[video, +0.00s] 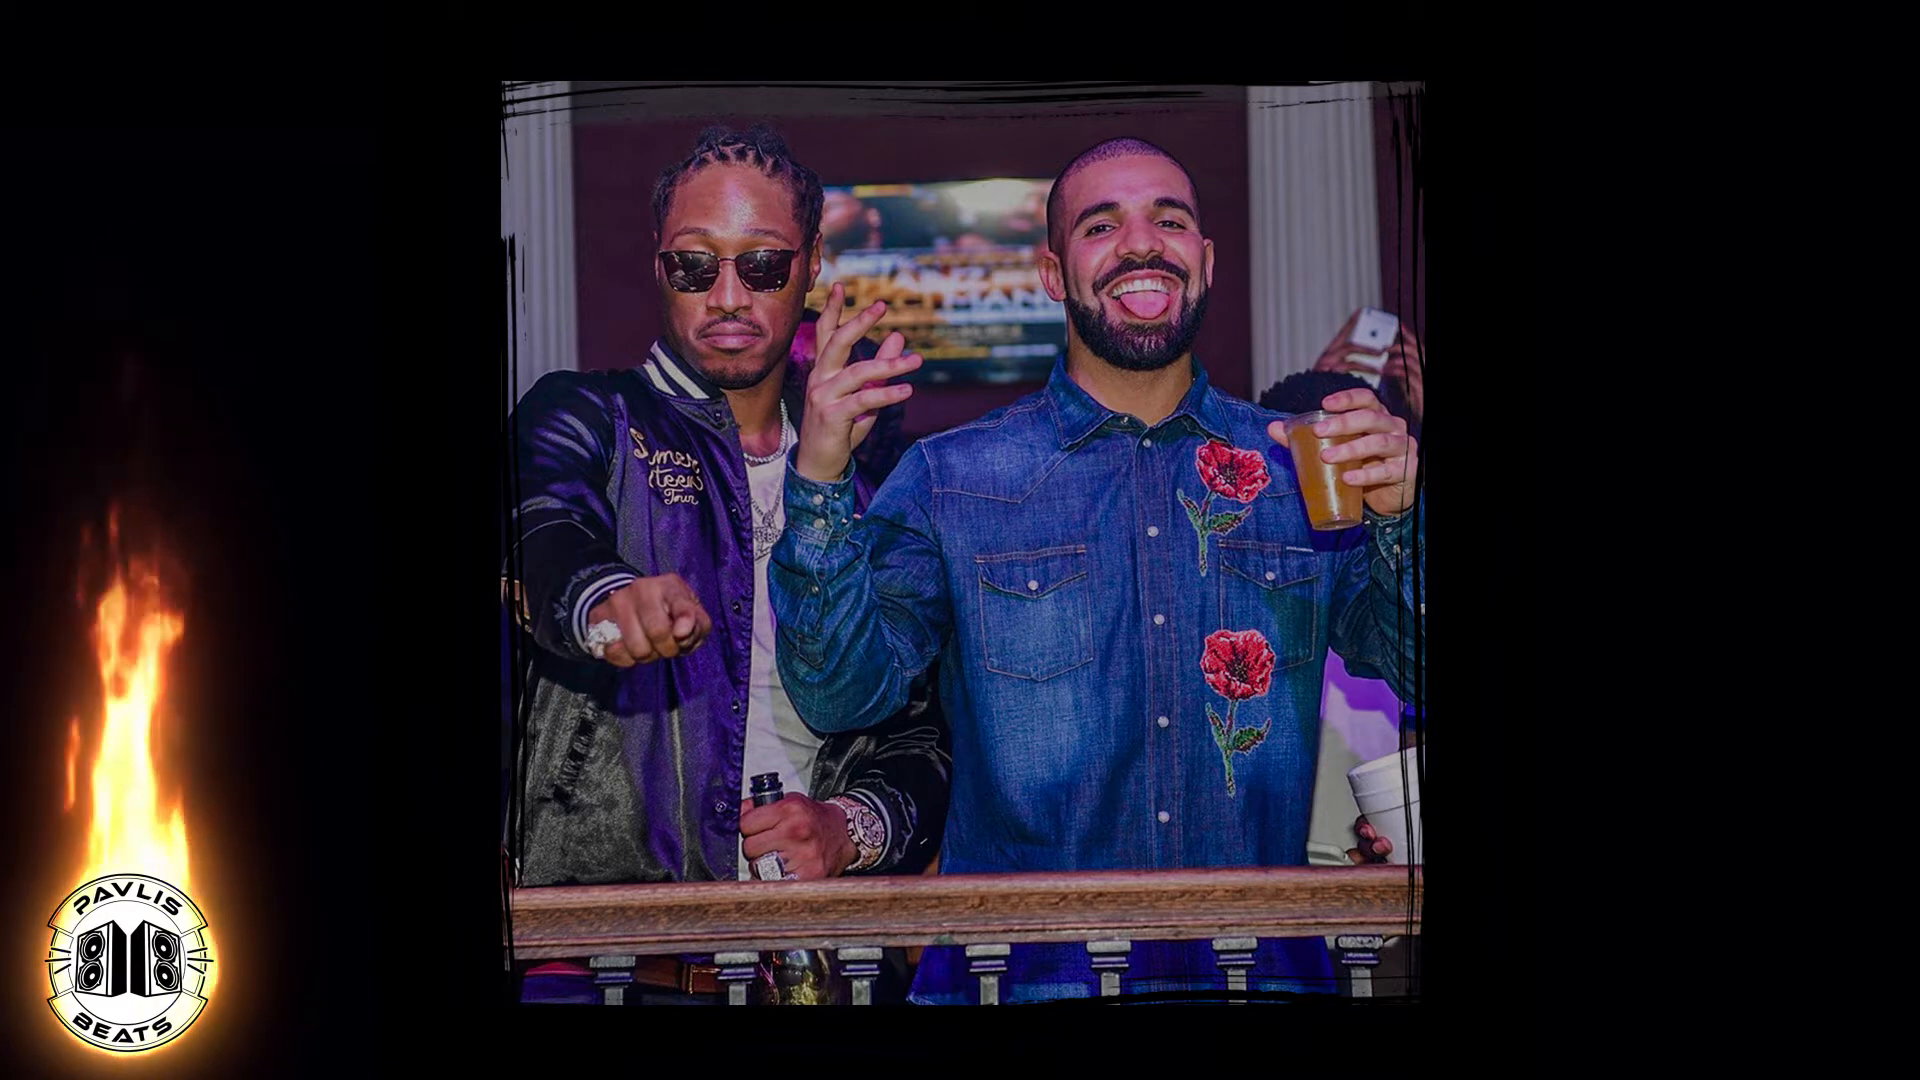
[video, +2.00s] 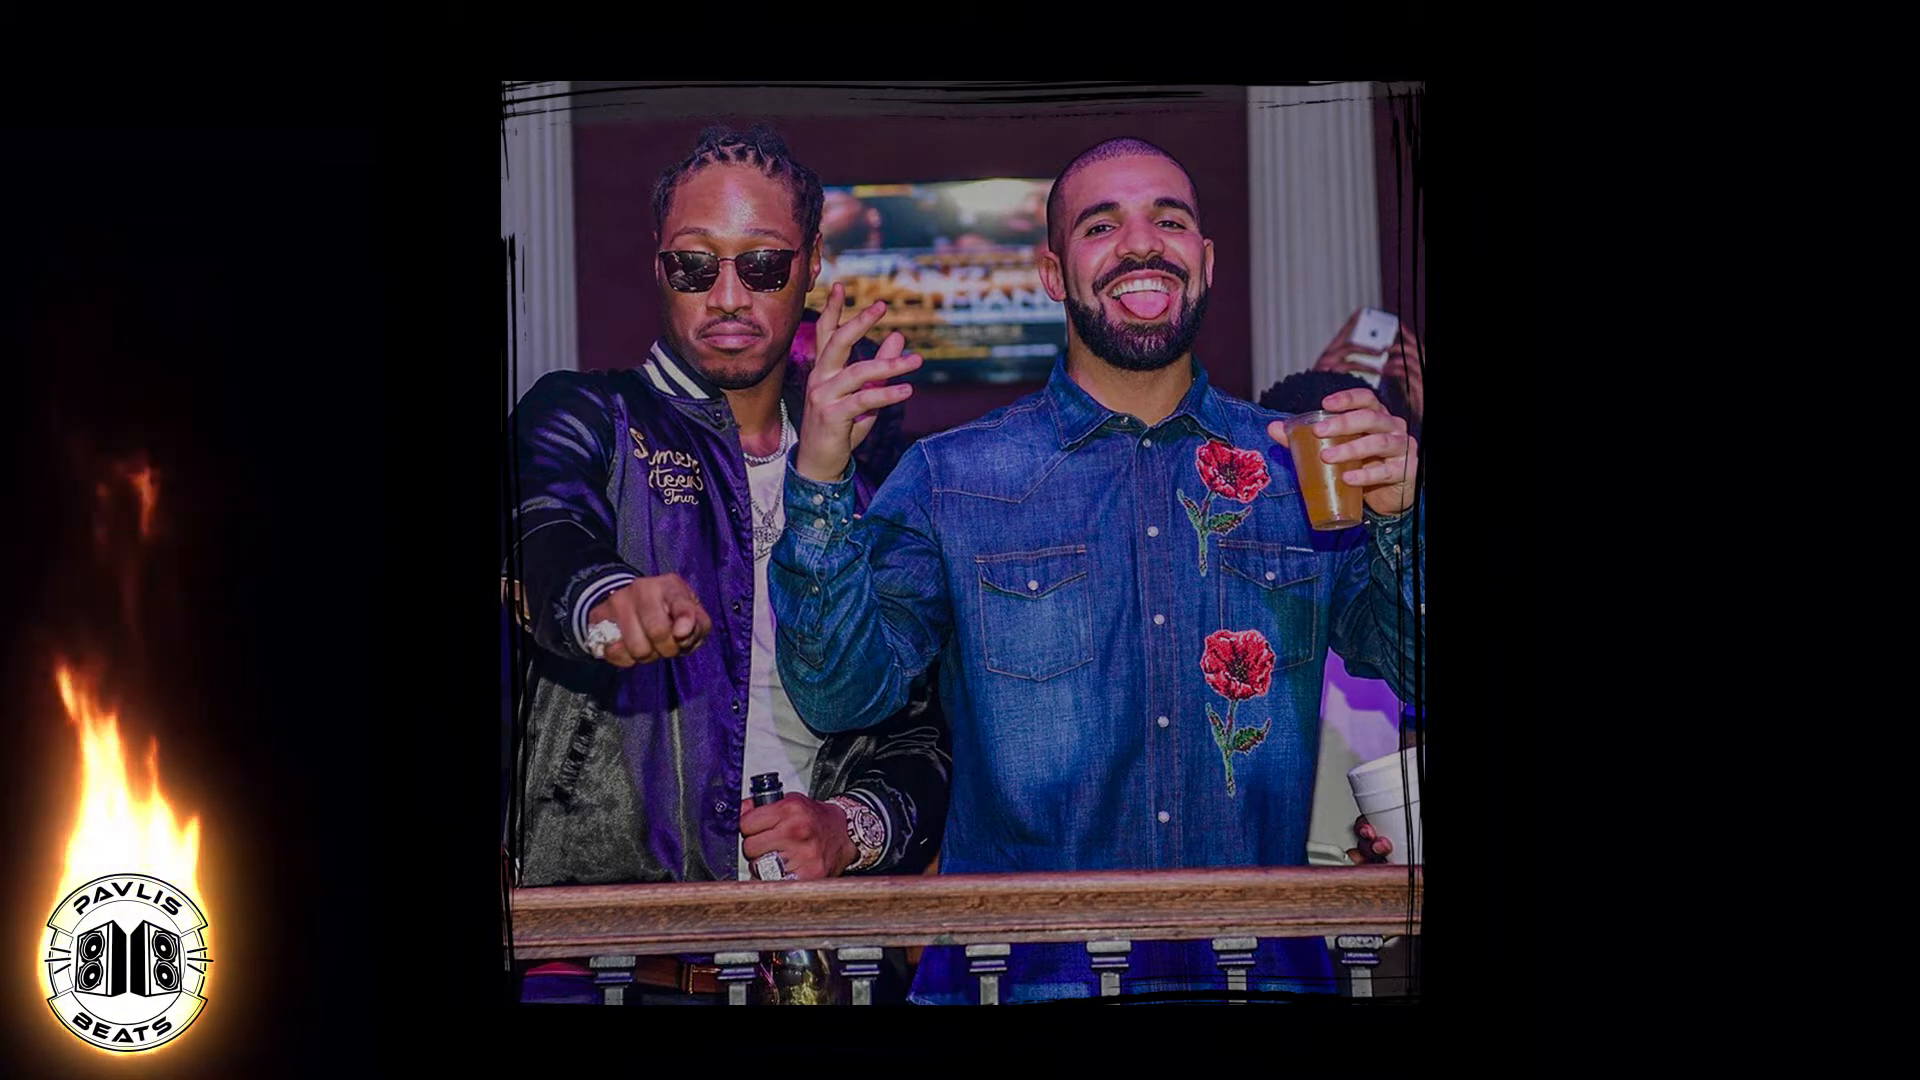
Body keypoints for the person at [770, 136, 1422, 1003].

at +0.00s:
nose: (1142, 242)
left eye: (1170, 219)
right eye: (1102, 225)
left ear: (1207, 259)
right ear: (1055, 273)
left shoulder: (1304, 469)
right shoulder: (945, 478)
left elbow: (1413, 673)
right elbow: (840, 692)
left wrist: (1402, 516)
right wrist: (818, 475)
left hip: (1255, 955)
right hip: (1022, 963)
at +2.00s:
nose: (1142, 242)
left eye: (1170, 219)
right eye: (1102, 225)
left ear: (1207, 259)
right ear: (1055, 273)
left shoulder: (1304, 469)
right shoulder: (945, 478)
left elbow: (1413, 673)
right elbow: (840, 692)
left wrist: (1402, 516)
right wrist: (818, 475)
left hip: (1255, 955)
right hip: (1022, 963)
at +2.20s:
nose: (1141, 242)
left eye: (1170, 219)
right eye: (1102, 225)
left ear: (1208, 259)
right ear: (1054, 273)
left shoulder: (1305, 469)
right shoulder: (945, 479)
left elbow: (1410, 670)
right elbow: (840, 692)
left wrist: (1402, 515)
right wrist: (818, 477)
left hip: (1256, 954)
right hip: (1022, 962)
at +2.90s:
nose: (1142, 242)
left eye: (1170, 219)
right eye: (1102, 225)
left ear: (1207, 259)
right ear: (1055, 273)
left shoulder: (1304, 469)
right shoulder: (945, 478)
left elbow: (1413, 673)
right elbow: (840, 692)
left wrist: (1402, 516)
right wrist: (818, 475)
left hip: (1255, 955)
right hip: (1022, 963)